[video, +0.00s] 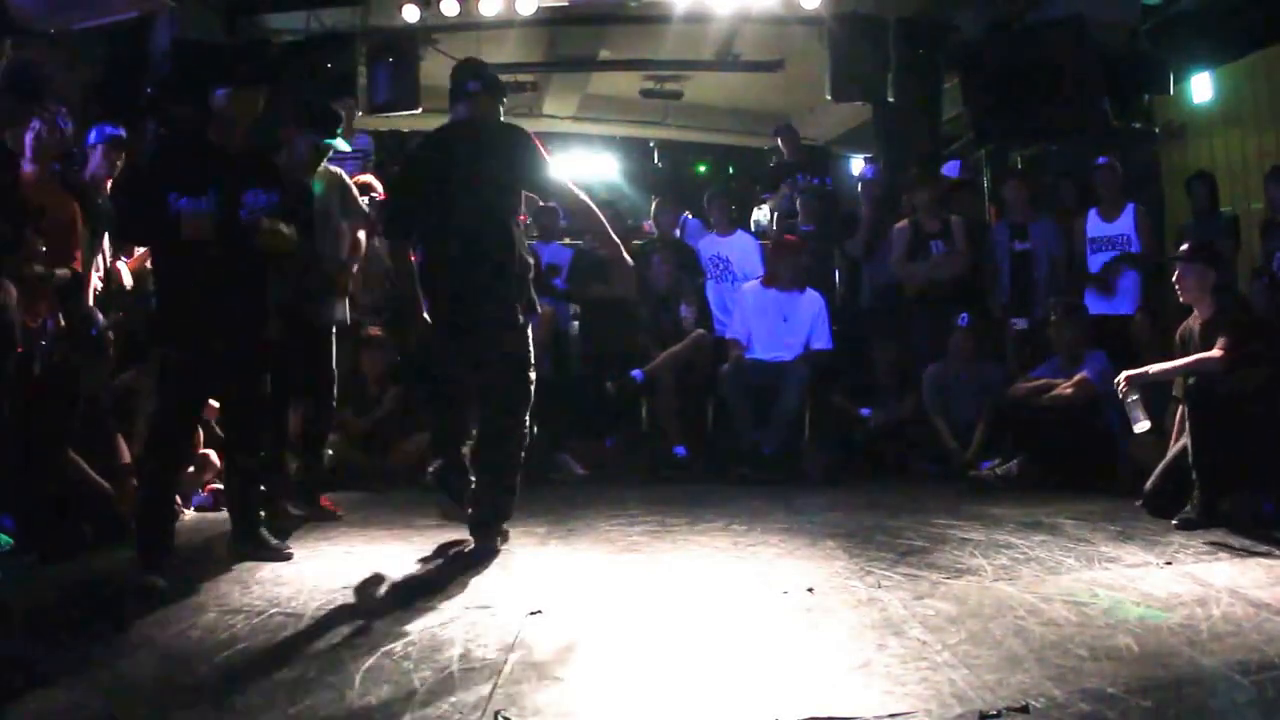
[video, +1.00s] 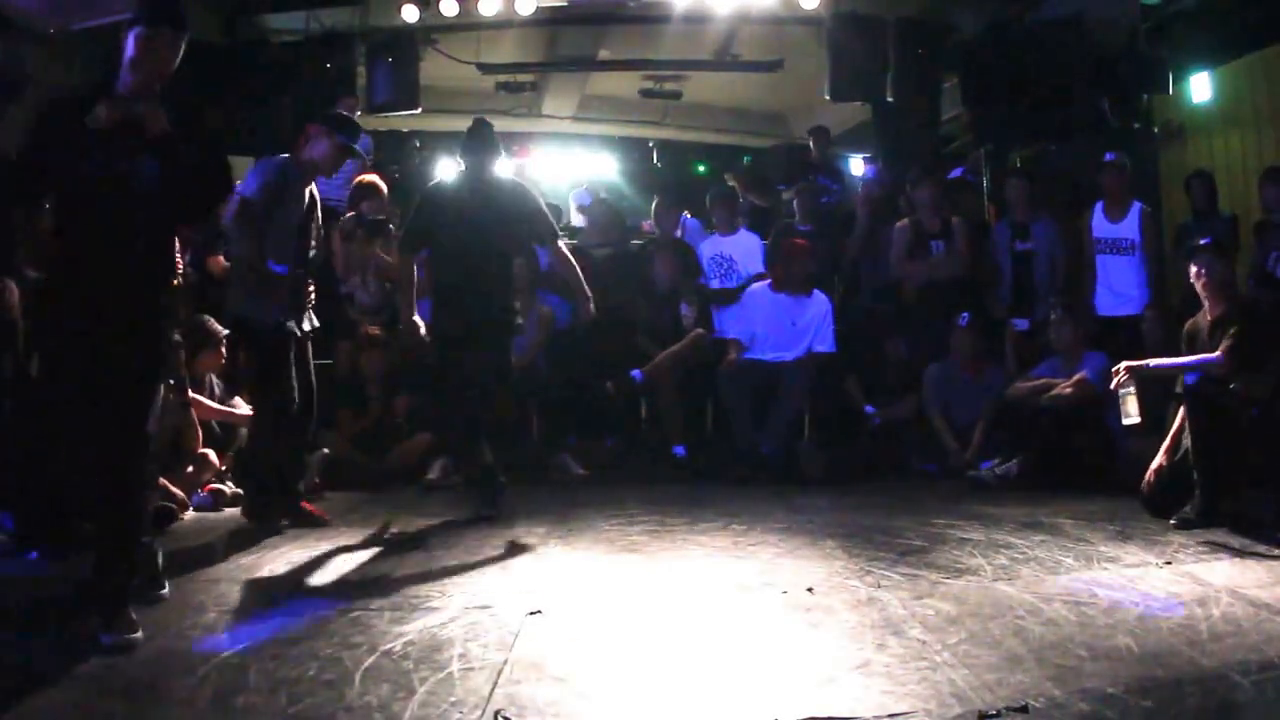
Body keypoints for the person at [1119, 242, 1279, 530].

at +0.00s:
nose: (1175, 280)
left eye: (1185, 272)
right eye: (1176, 272)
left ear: (1210, 277)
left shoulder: (1236, 312)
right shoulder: (1186, 332)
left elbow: (1220, 358)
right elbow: (1184, 404)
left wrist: (1144, 373)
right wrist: (1174, 457)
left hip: (1250, 427)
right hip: (1210, 431)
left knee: (1198, 391)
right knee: (1156, 499)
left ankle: (1205, 505)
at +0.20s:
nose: (1179, 276)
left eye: (1188, 268)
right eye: (1180, 268)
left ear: (1215, 274)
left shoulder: (1243, 315)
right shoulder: (1190, 329)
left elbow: (1218, 359)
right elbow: (1187, 405)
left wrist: (1144, 371)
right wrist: (1158, 452)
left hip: (1249, 430)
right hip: (1212, 430)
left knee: (1198, 392)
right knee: (1155, 497)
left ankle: (1206, 502)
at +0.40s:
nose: (1181, 278)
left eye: (1190, 270)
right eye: (1182, 270)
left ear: (1217, 275)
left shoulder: (1245, 315)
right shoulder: (1193, 328)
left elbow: (1221, 361)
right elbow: (1195, 401)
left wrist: (1146, 368)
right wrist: (1166, 436)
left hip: (1253, 432)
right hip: (1213, 433)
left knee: (1196, 387)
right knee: (1157, 497)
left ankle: (1206, 503)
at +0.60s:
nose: (1190, 274)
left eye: (1199, 266)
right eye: (1189, 266)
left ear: (1223, 273)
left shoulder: (1247, 314)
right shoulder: (1193, 327)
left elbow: (1222, 360)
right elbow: (1193, 402)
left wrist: (1145, 369)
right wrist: (1171, 453)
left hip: (1256, 427)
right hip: (1213, 428)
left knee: (1197, 389)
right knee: (1156, 498)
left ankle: (1206, 504)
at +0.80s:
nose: (1195, 278)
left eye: (1204, 269)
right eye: (1191, 271)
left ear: (1225, 271)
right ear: (1187, 275)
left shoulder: (1248, 315)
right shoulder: (1195, 328)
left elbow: (1223, 362)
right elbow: (1190, 403)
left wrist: (1145, 367)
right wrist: (1165, 453)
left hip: (1255, 429)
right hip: (1213, 430)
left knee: (1200, 388)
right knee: (1157, 497)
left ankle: (1206, 502)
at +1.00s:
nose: (1204, 272)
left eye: (1211, 264)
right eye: (1197, 266)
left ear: (1226, 270)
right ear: (1189, 275)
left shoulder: (1245, 315)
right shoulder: (1193, 328)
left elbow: (1223, 361)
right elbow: (1188, 400)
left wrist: (1143, 366)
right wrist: (1165, 451)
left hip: (1249, 424)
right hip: (1206, 425)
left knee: (1197, 392)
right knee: (1156, 497)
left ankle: (1206, 502)